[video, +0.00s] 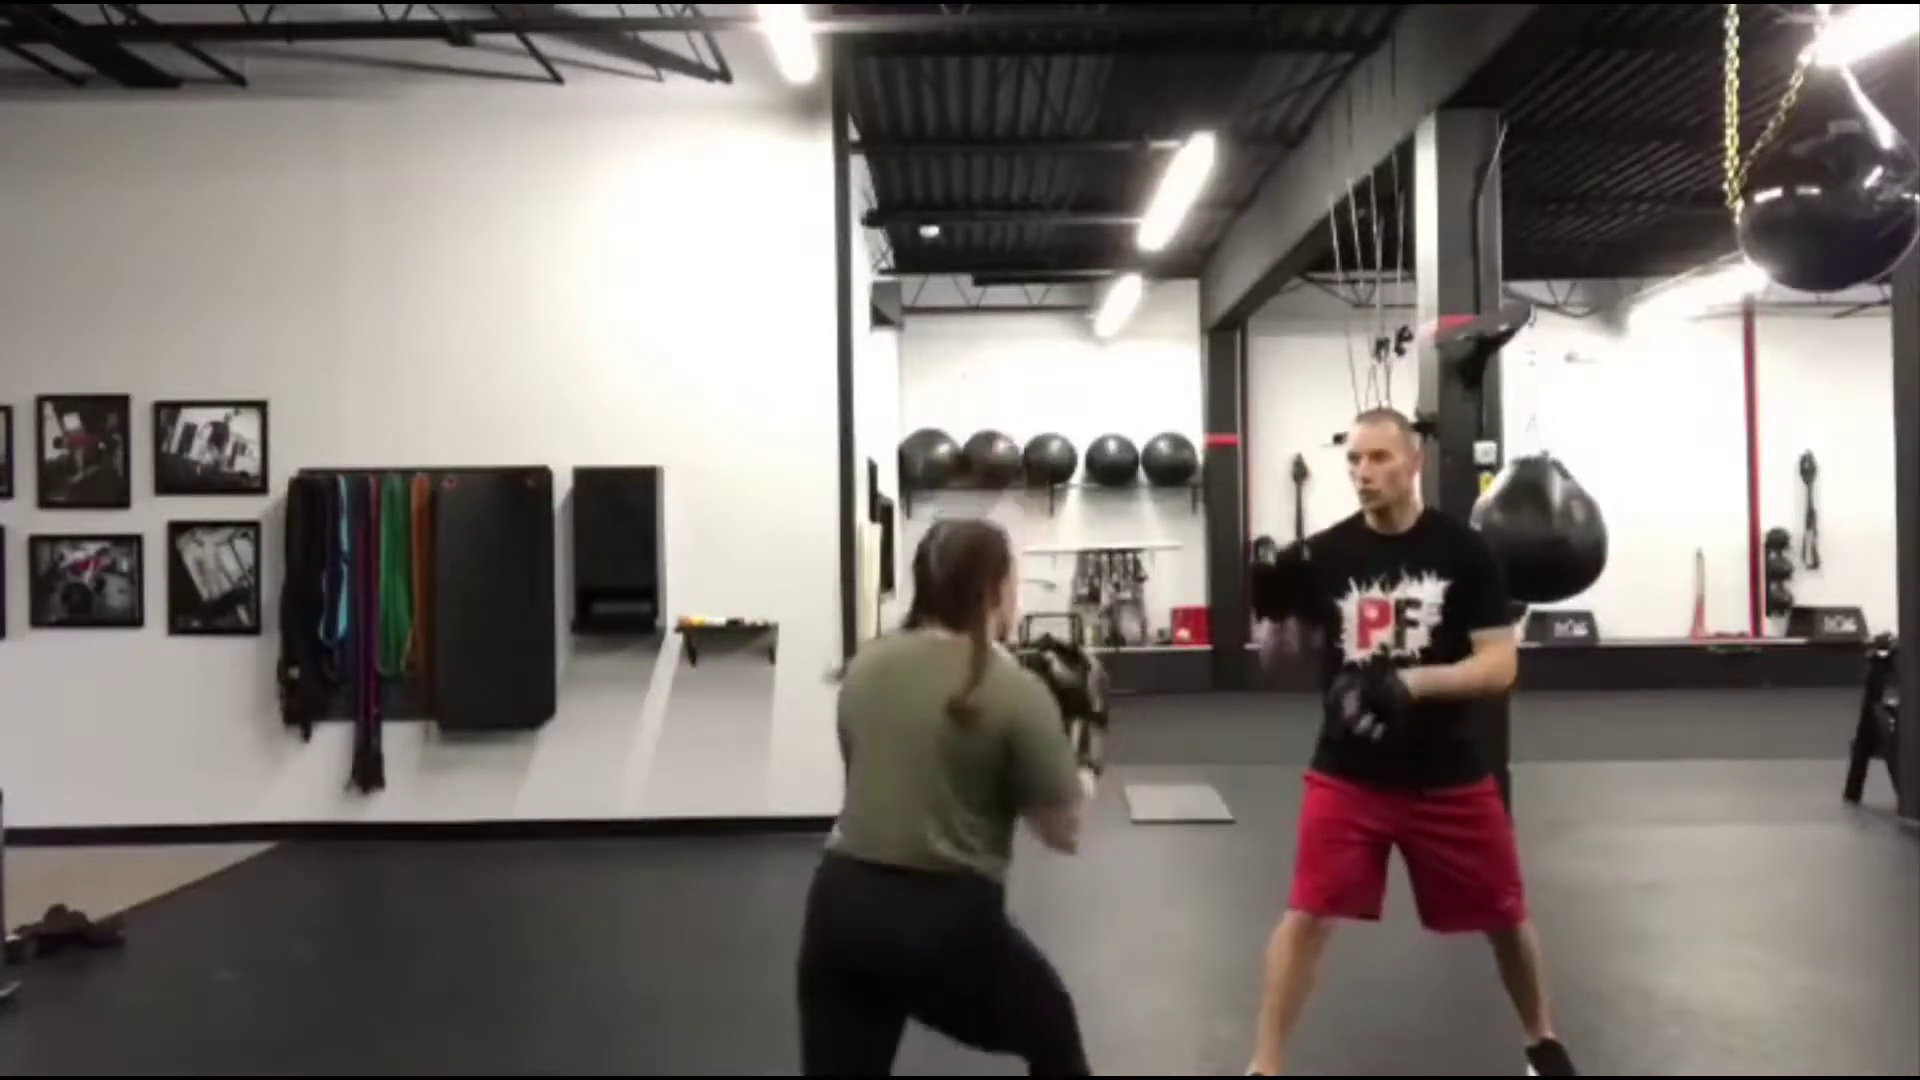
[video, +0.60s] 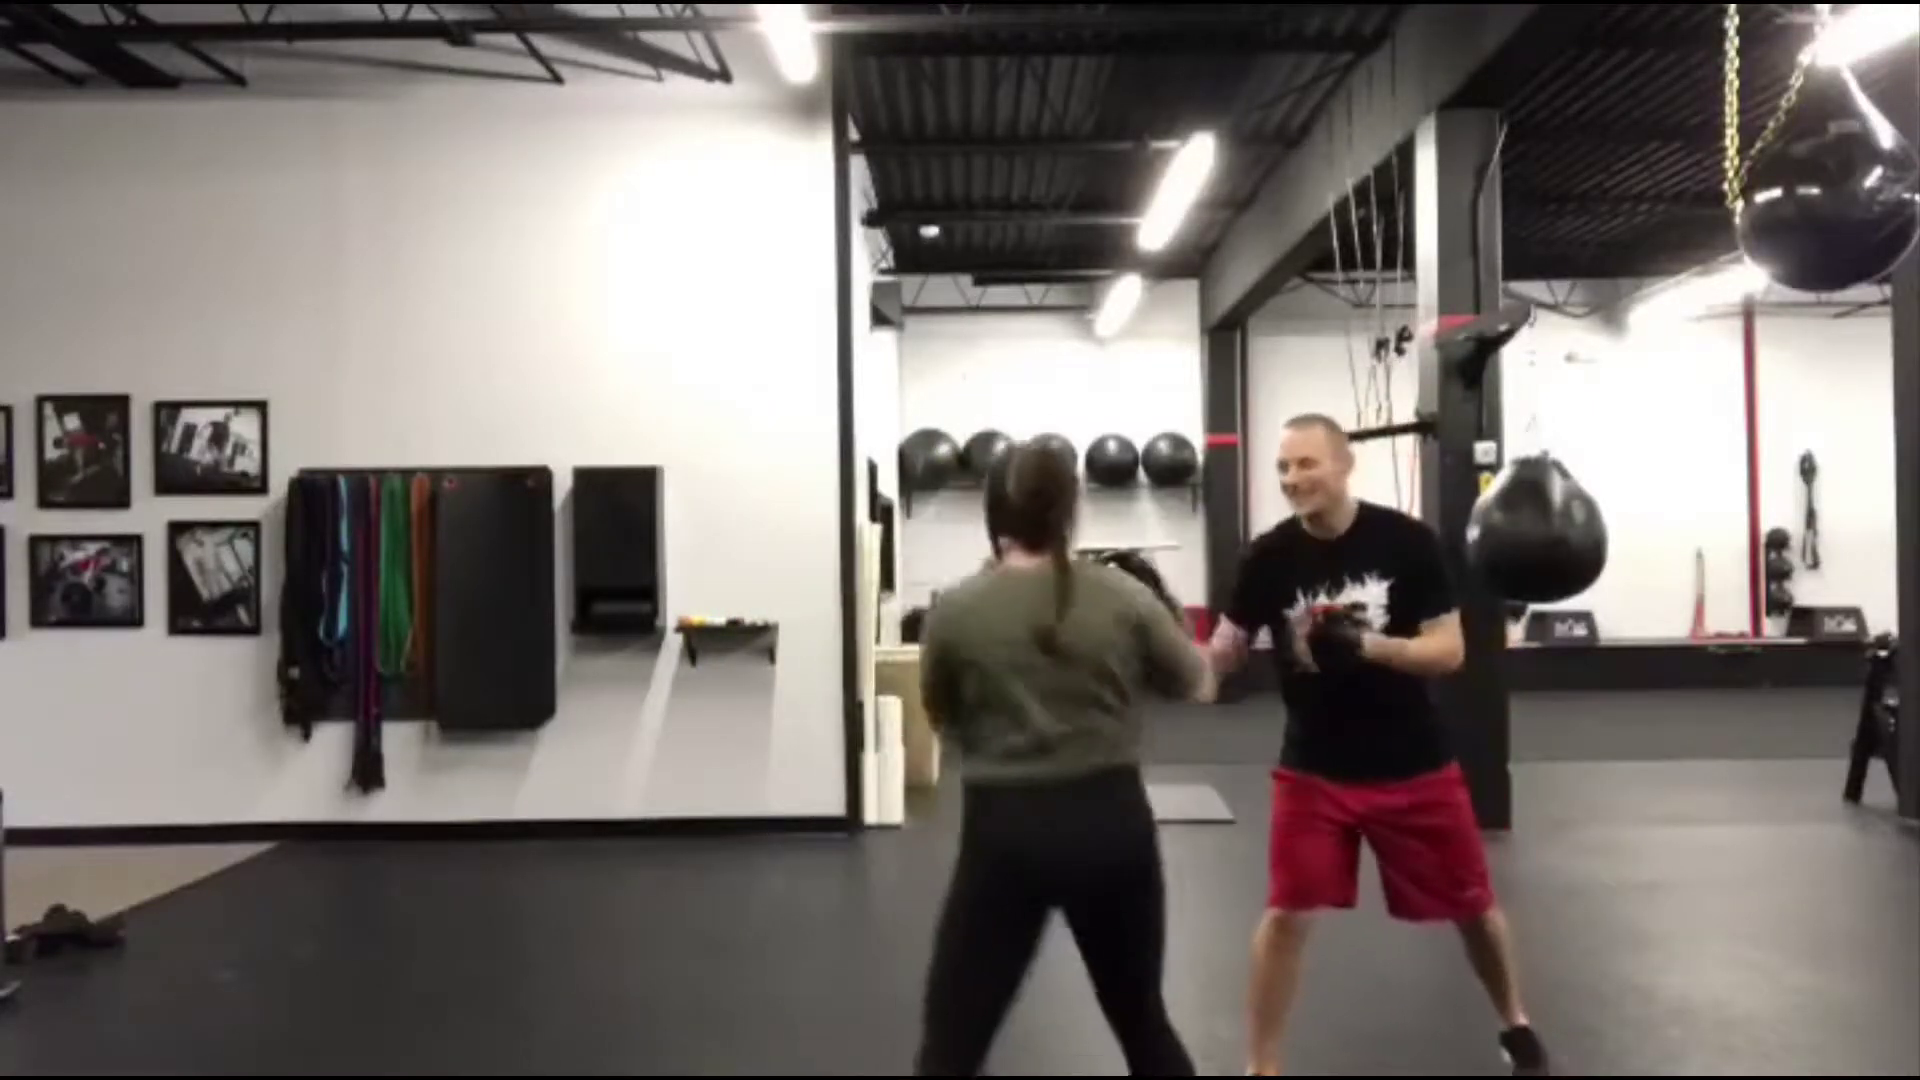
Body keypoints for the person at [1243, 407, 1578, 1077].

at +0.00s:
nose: (1365, 471)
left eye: (1379, 457)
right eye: (1356, 460)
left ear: (1415, 460)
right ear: (1347, 467)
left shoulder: (1464, 550)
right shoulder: (1326, 553)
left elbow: (1499, 665)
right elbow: (1288, 654)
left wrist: (1409, 682)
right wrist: (1275, 603)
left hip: (1452, 778)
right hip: (1348, 775)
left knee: (1508, 921)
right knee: (1308, 914)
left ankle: (1543, 1043)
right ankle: (1265, 1063)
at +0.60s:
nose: (1294, 478)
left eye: (1307, 464)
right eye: (1285, 467)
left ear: (1345, 464)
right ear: (1278, 475)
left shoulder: (1408, 542)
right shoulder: (1267, 558)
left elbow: (1448, 650)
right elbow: (1227, 653)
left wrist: (1369, 645)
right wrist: (1218, 656)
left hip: (1416, 770)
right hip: (1314, 773)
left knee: (1476, 909)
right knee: (1287, 914)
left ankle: (1516, 1025)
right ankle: (1262, 1064)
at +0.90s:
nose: (1348, 506)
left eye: (1359, 492)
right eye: (1338, 494)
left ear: (1397, 485)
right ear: (1329, 494)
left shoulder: (1444, 564)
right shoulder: (1310, 572)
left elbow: (1458, 671)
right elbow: (1284, 666)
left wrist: (1368, 627)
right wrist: (1315, 738)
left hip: (1442, 781)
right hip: (1346, 779)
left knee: (1490, 924)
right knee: (1307, 915)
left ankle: (1510, 1030)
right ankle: (1264, 1064)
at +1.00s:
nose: (1366, 500)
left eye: (1378, 487)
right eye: (1357, 488)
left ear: (1413, 483)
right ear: (1347, 488)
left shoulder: (1464, 557)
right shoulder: (1325, 565)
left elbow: (1476, 665)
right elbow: (1300, 652)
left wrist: (1396, 626)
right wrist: (1330, 720)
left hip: (1451, 775)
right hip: (1354, 773)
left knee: (1496, 920)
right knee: (1313, 909)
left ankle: (1510, 1028)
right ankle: (1266, 1060)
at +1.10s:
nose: (1372, 490)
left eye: (1385, 477)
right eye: (1363, 478)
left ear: (1421, 475)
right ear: (1354, 480)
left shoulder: (1468, 551)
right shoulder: (1328, 557)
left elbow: (1482, 656)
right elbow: (1300, 638)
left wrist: (1412, 614)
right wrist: (1327, 695)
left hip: (1450, 768)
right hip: (1351, 766)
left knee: (1492, 911)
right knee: (1310, 897)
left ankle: (1510, 1027)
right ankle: (1261, 1052)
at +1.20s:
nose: (1370, 489)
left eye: (1384, 477)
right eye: (1361, 477)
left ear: (1416, 476)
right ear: (1351, 479)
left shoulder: (1463, 552)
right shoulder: (1323, 555)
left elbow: (1479, 655)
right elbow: (1288, 638)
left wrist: (1419, 616)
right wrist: (1316, 686)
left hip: (1442, 768)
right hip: (1342, 767)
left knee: (1487, 908)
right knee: (1305, 900)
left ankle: (1509, 1027)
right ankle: (1256, 1047)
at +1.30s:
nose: (1356, 492)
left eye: (1371, 480)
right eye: (1348, 480)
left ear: (1403, 481)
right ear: (1338, 482)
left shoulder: (1446, 555)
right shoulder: (1310, 560)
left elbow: (1467, 662)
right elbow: (1267, 644)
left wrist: (1406, 619)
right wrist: (1299, 685)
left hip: (1428, 772)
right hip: (1327, 771)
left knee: (1480, 911)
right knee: (1291, 905)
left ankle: (1508, 1028)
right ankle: (1247, 1053)